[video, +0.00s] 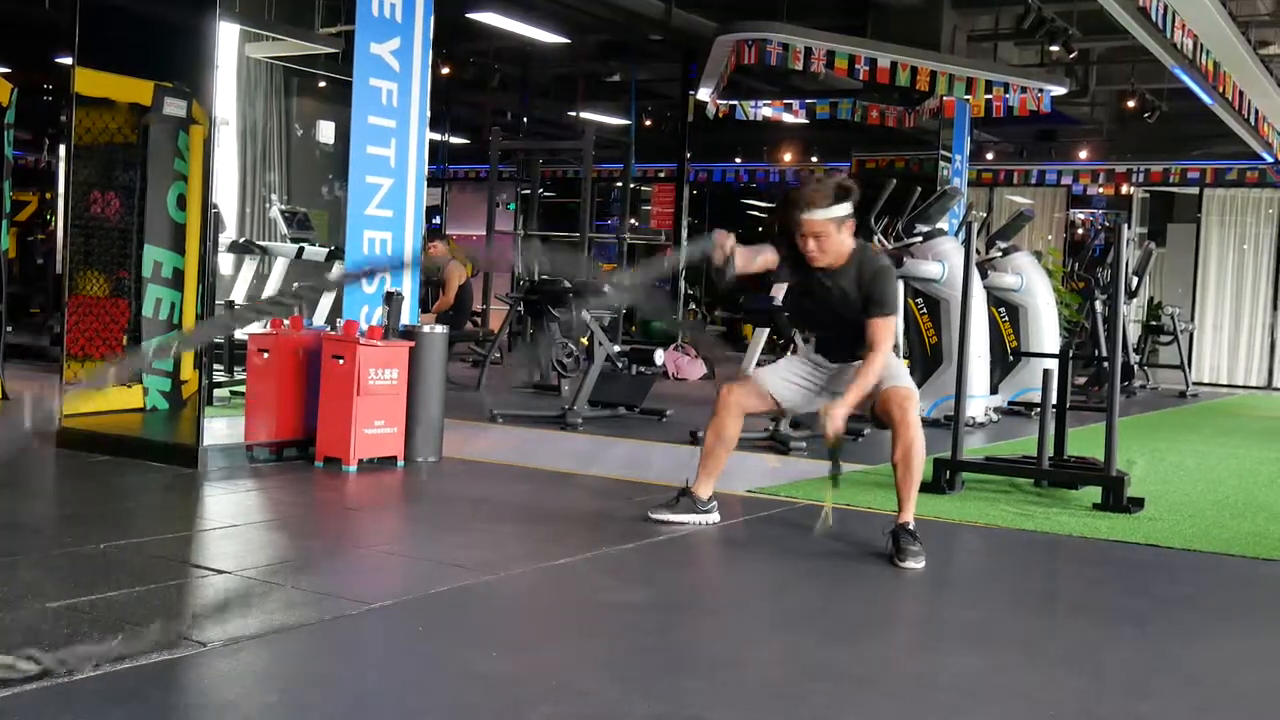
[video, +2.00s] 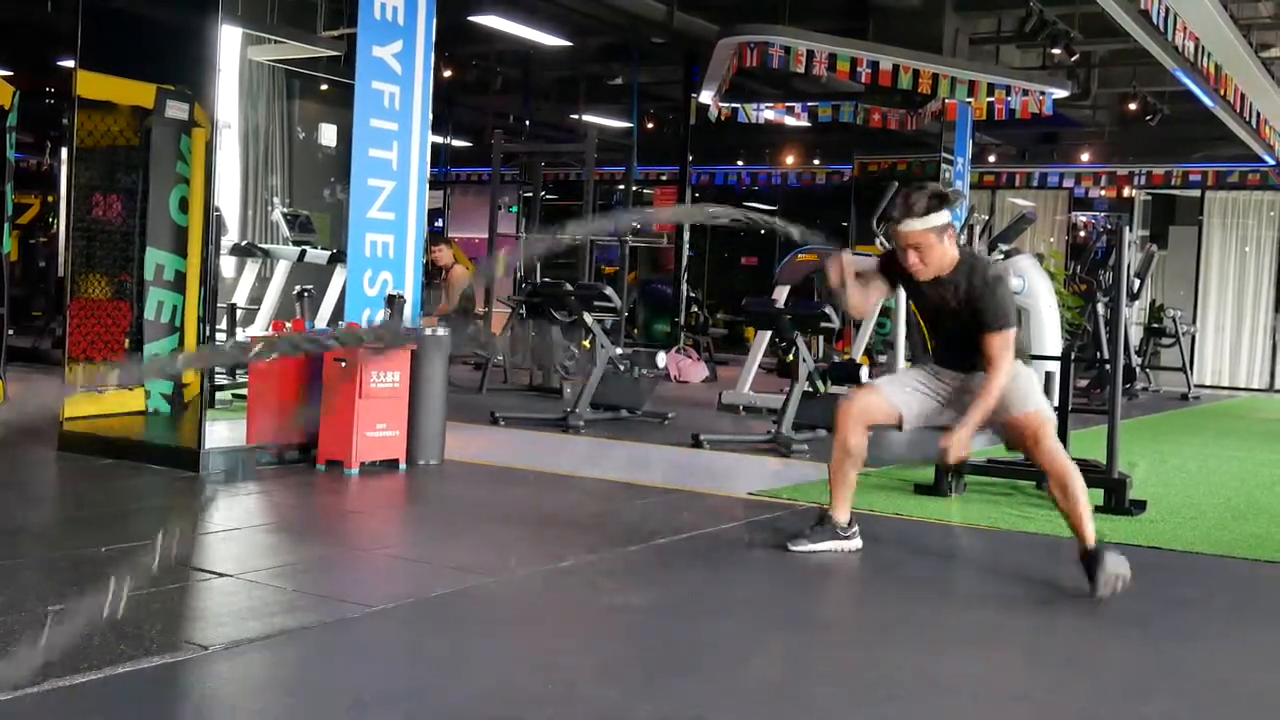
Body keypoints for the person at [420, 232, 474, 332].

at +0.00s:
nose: (431, 251)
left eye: (435, 247)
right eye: (429, 248)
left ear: (446, 247)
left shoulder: (453, 267)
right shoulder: (447, 267)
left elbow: (448, 300)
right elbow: (442, 297)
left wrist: (433, 313)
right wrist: (432, 314)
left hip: (455, 321)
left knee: (414, 319)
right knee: (414, 317)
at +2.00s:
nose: (436, 255)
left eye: (440, 251)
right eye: (433, 252)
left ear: (451, 250)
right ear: (430, 255)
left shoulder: (457, 272)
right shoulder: (445, 273)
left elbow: (452, 306)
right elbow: (444, 303)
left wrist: (435, 317)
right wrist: (435, 317)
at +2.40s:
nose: (428, 254)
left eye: (432, 250)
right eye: (425, 251)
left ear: (441, 250)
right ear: (423, 254)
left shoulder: (450, 271)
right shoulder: (437, 271)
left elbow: (445, 303)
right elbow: (437, 300)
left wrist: (427, 317)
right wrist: (426, 317)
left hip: (452, 321)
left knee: (410, 321)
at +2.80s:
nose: (419, 255)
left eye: (423, 250)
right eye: (416, 251)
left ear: (433, 250)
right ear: (413, 255)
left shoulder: (440, 271)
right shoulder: (429, 273)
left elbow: (436, 304)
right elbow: (429, 301)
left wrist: (418, 317)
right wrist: (418, 318)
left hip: (443, 322)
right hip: (436, 318)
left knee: (402, 321)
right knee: (401, 320)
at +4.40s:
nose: (424, 256)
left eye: (428, 252)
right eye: (423, 254)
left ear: (441, 254)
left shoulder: (447, 275)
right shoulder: (436, 277)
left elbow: (443, 308)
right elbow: (434, 306)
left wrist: (424, 321)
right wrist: (424, 322)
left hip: (448, 327)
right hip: (441, 324)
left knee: (407, 326)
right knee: (406, 324)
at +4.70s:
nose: (423, 257)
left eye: (427, 253)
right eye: (422, 254)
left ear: (439, 255)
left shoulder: (446, 275)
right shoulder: (435, 278)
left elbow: (441, 309)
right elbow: (433, 306)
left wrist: (422, 322)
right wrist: (421, 322)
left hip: (450, 327)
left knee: (408, 325)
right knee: (407, 323)